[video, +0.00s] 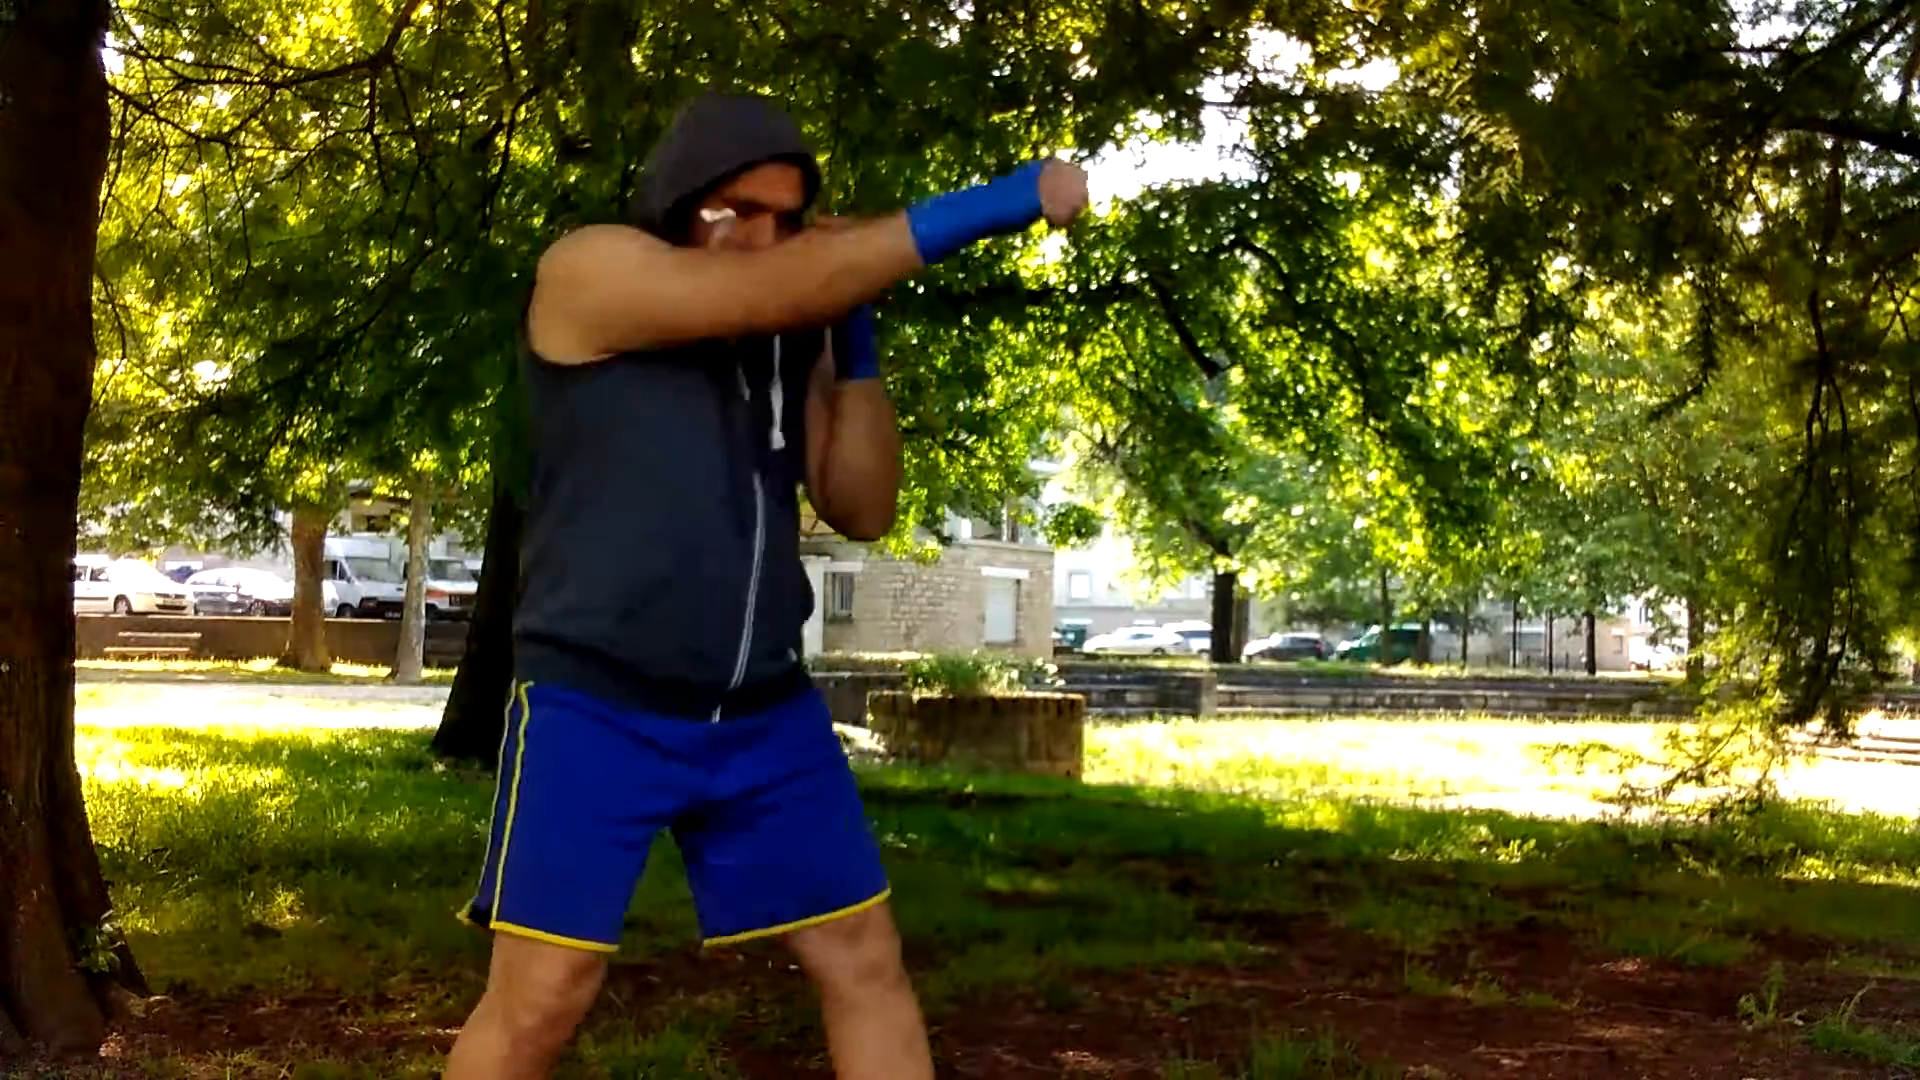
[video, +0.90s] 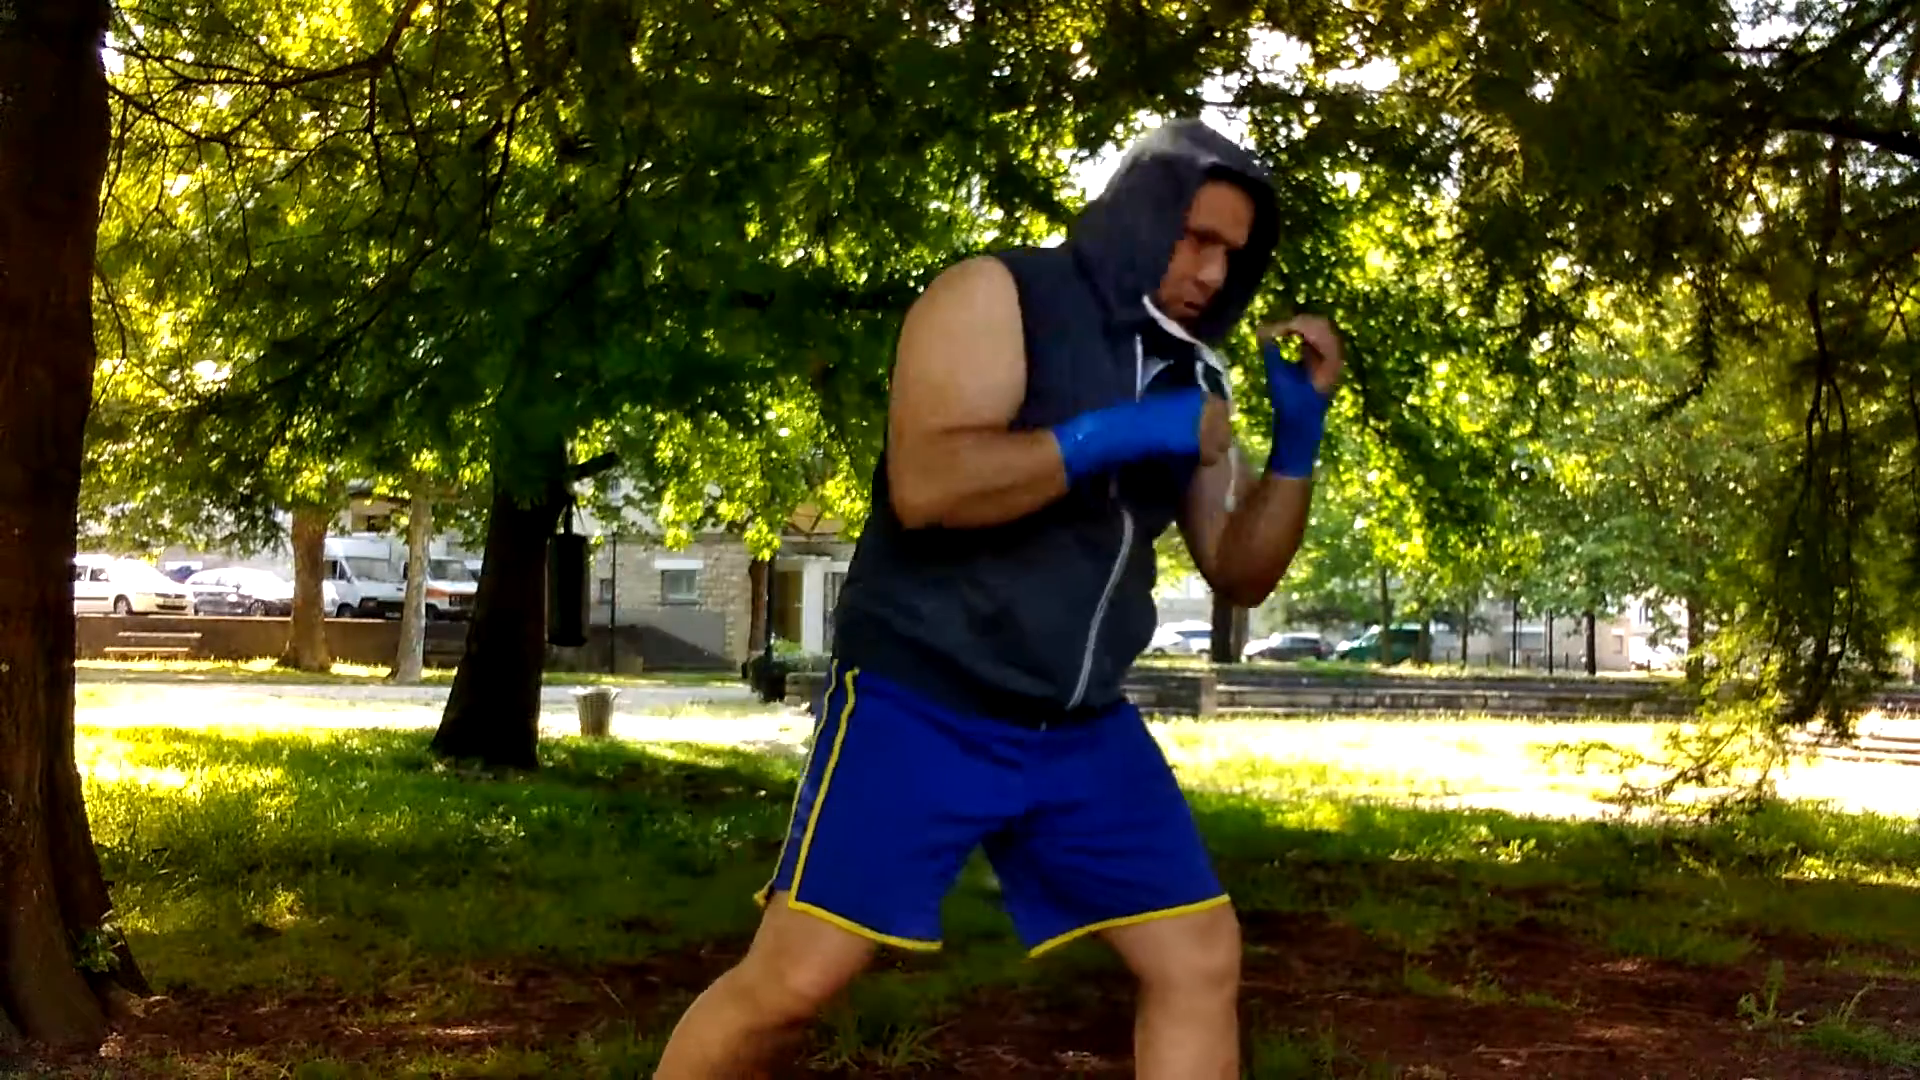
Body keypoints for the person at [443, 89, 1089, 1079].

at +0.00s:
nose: (774, 241)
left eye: (791, 221)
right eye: (750, 213)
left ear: (805, 223)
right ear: (686, 209)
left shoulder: (794, 328)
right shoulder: (586, 271)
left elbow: (862, 511)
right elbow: (785, 287)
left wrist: (856, 318)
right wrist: (998, 200)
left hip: (766, 708)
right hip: (594, 705)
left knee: (864, 957)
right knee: (540, 996)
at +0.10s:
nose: (844, 235)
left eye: (863, 216)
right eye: (824, 205)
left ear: (876, 217)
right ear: (762, 188)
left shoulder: (855, 325)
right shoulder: (646, 273)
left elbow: (942, 506)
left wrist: (953, 336)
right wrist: (893, 297)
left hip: (816, 701)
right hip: (642, 698)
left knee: (887, 962)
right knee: (563, 985)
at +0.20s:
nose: (906, 242)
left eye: (926, 224)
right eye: (888, 210)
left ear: (939, 228)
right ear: (830, 188)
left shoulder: (920, 326)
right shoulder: (697, 286)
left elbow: (1025, 473)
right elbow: (741, 465)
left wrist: (1029, 297)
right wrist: (879, 346)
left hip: (855, 701)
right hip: (686, 698)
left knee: (941, 950)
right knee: (628, 984)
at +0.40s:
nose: (985, 267)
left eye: (1002, 248)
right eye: (970, 237)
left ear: (1012, 247)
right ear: (904, 211)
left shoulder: (980, 338)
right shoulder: (780, 276)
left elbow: (1082, 507)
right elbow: (906, 393)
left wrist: (1085, 318)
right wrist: (1094, 284)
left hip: (941, 709)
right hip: (769, 714)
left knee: (1067, 937)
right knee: (686, 987)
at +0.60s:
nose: (1175, 299)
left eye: (1188, 278)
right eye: (1156, 273)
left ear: (1179, 277)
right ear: (1089, 246)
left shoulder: (1111, 406)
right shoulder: (968, 295)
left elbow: (1191, 561)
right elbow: (1184, 321)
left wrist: (1226, 379)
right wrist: (1396, 245)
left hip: (1055, 738)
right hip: (883, 731)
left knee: (1182, 966)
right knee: (785, 1016)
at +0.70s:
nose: (1225, 316)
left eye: (1243, 297)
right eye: (1205, 287)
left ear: (1252, 296)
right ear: (1142, 258)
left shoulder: (1157, 430)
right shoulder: (1023, 292)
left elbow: (1212, 590)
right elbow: (1201, 355)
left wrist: (1266, 402)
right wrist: (1406, 273)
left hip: (1070, 734)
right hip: (908, 716)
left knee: (1194, 962)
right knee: (808, 1010)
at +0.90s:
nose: (1212, 273)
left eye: (1230, 254)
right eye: (1196, 239)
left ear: (1239, 265)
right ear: (1133, 219)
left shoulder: (1185, 383)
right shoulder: (985, 296)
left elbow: (1242, 572)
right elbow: (927, 483)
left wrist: (1298, 426)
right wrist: (1120, 434)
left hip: (1081, 721)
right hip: (916, 704)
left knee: (1197, 960)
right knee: (792, 979)